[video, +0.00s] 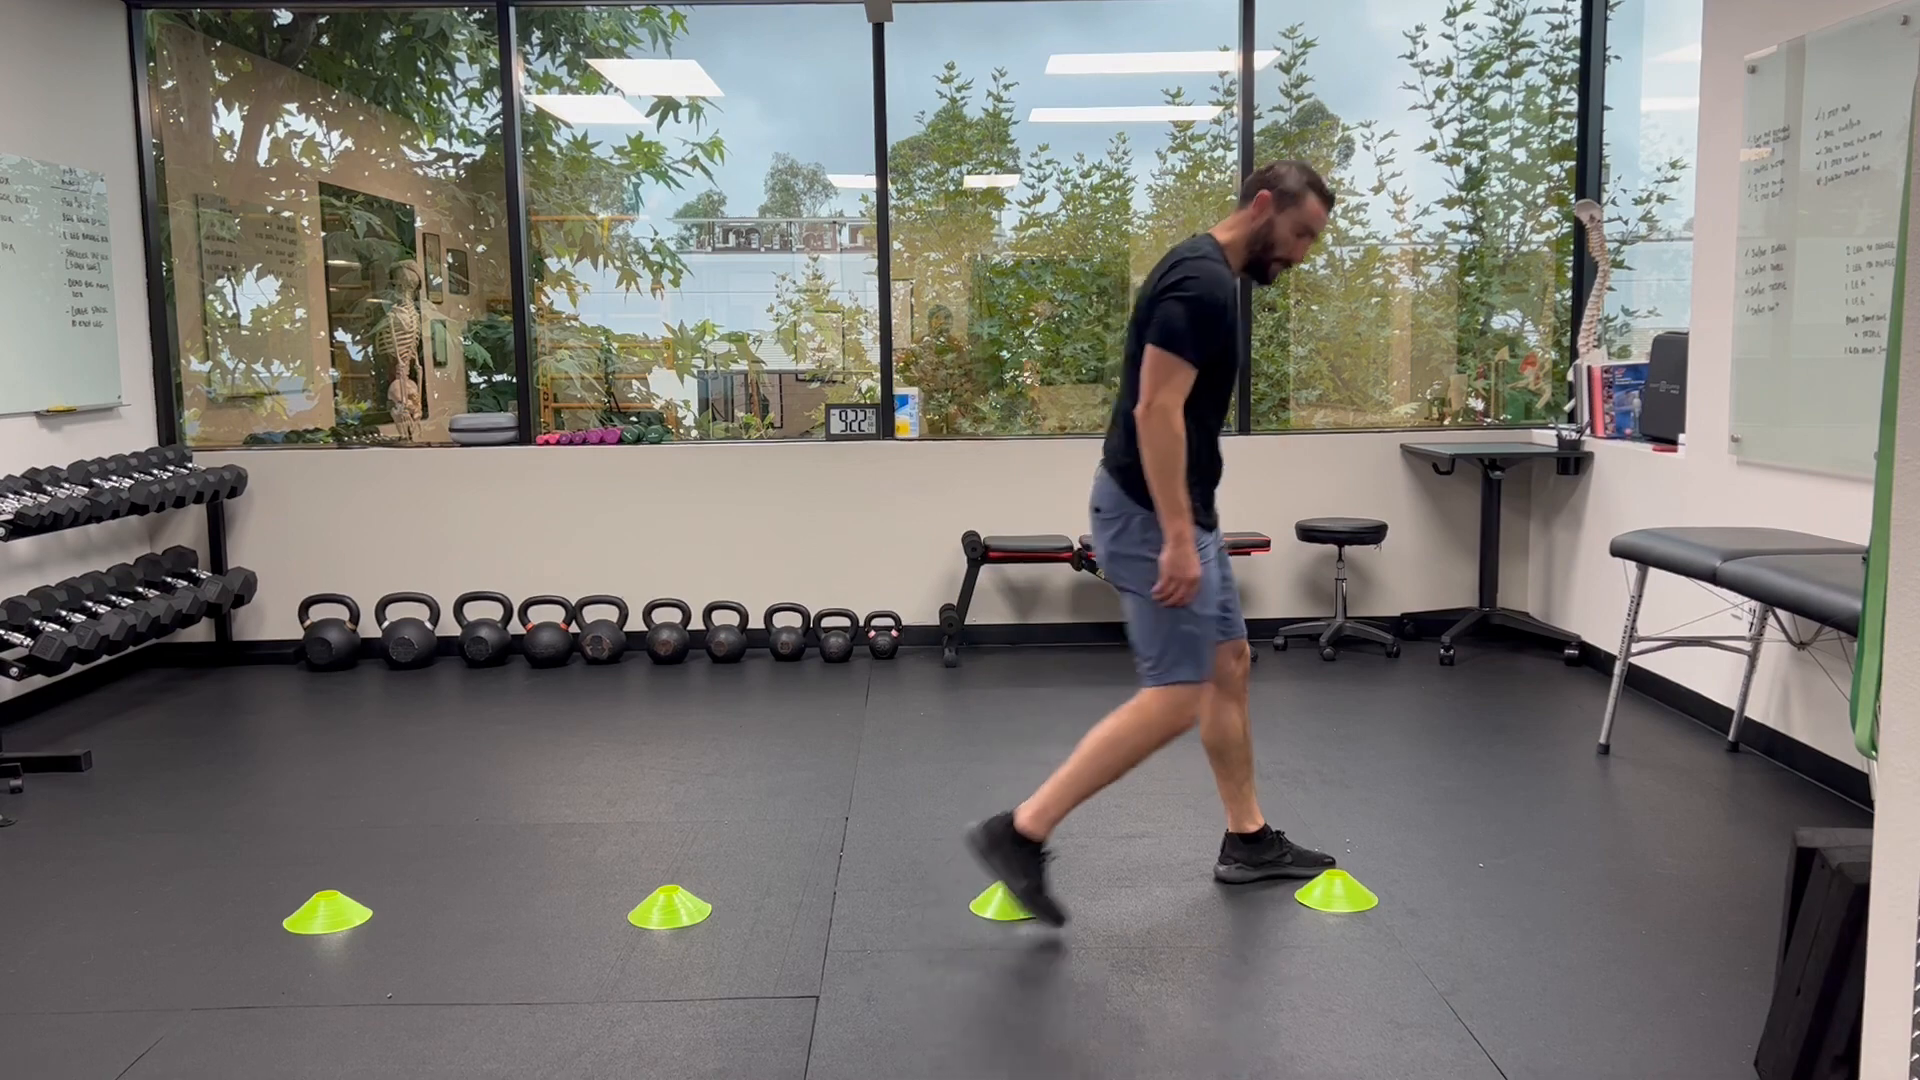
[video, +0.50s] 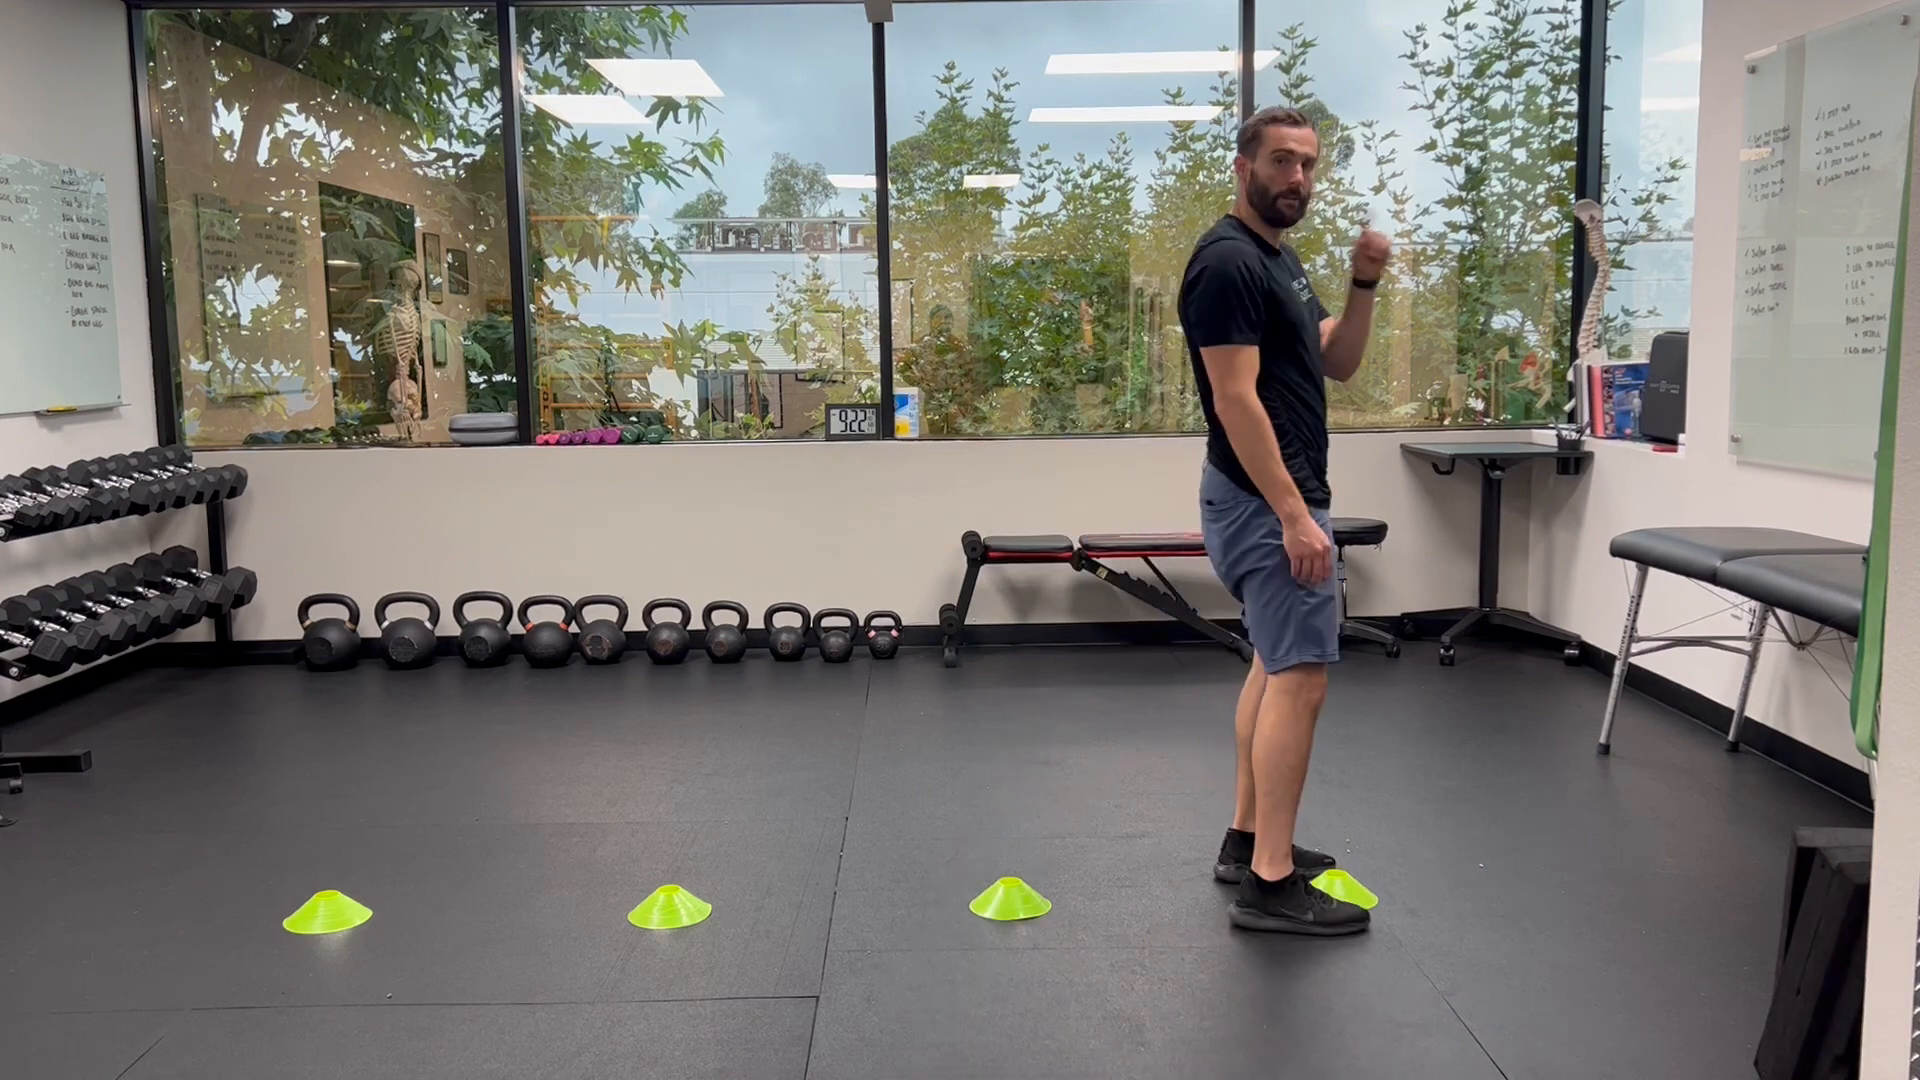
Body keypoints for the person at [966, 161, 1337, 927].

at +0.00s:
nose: (1303, 254)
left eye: (1313, 240)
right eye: (1304, 233)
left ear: (1263, 207)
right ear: (1264, 205)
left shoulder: (1217, 277)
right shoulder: (1200, 279)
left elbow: (1180, 412)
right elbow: (1158, 407)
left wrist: (1198, 527)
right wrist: (1178, 534)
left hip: (1180, 510)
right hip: (1147, 513)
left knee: (1229, 662)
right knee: (1180, 693)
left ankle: (1249, 840)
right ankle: (1020, 831)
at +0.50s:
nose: (1298, 177)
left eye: (1308, 164)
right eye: (1283, 160)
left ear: (1314, 176)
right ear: (1242, 166)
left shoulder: (1273, 260)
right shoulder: (1228, 261)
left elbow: (1335, 364)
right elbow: (1234, 399)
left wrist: (1363, 283)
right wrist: (1293, 511)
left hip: (1277, 495)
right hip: (1267, 501)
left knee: (1273, 666)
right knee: (1300, 677)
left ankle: (1250, 840)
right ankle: (1272, 878)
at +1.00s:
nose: (1302, 179)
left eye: (1313, 166)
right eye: (1287, 162)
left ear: (1318, 178)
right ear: (1246, 167)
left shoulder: (1285, 262)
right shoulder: (1227, 262)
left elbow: (1342, 373)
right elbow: (1222, 399)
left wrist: (1358, 317)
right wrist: (1264, 517)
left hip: (1291, 496)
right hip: (1273, 501)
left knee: (1277, 666)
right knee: (1305, 673)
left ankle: (1249, 841)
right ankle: (1274, 876)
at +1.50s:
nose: (1223, 206)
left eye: (1233, 191)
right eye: (1212, 189)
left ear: (1233, 189)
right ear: (1168, 182)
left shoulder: (1177, 272)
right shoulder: (1134, 276)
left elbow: (1176, 408)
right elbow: (1137, 415)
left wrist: (1218, 510)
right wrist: (1227, 501)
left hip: (1203, 507)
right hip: (1161, 510)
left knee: (1250, 661)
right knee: (1162, 686)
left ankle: (1249, 839)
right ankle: (1011, 832)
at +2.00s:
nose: (995, 203)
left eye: (997, 188)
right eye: (984, 188)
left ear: (953, 183)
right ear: (932, 180)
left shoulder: (954, 263)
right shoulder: (881, 281)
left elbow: (987, 384)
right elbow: (864, 428)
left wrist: (1038, 486)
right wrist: (904, 553)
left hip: (975, 509)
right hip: (933, 517)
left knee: (979, 659)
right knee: (955, 691)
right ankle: (933, 892)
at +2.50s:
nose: (744, 239)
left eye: (754, 226)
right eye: (737, 222)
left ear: (742, 214)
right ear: (697, 197)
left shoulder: (707, 281)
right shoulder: (633, 275)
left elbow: (736, 393)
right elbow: (596, 399)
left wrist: (826, 450)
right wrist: (592, 523)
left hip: (697, 508)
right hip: (662, 510)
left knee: (675, 671)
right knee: (733, 674)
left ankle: (628, 839)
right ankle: (769, 877)